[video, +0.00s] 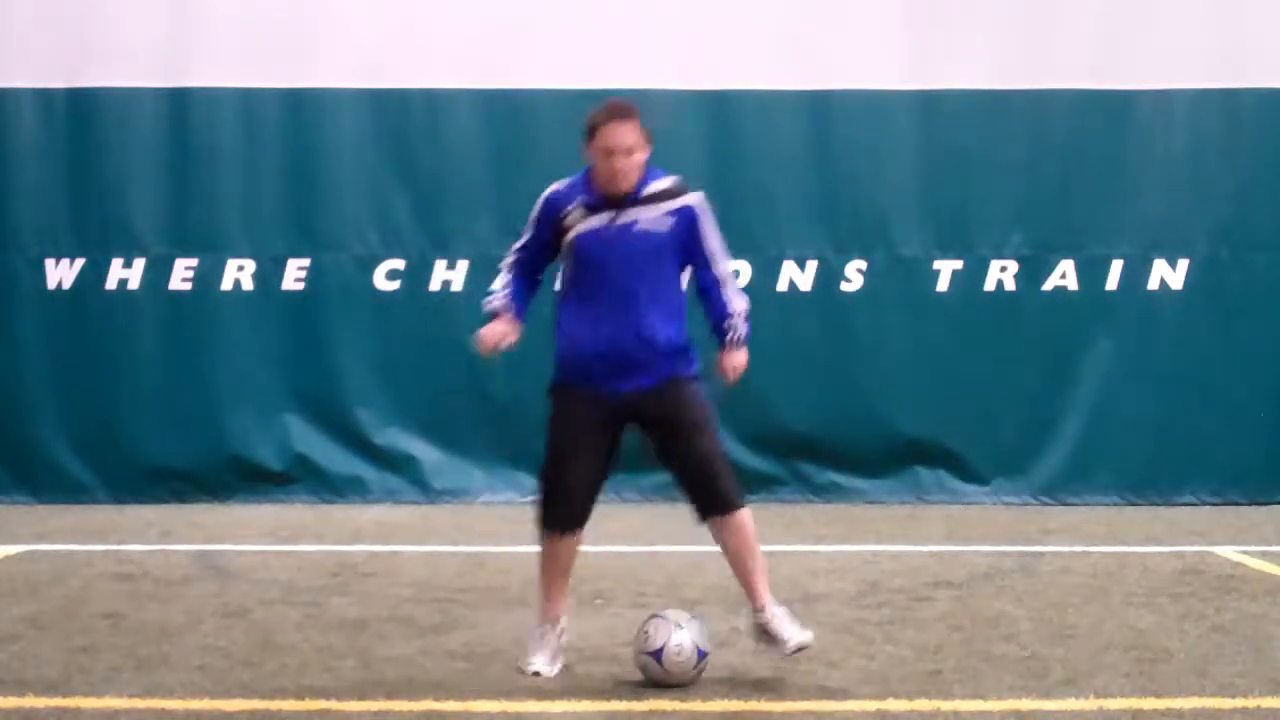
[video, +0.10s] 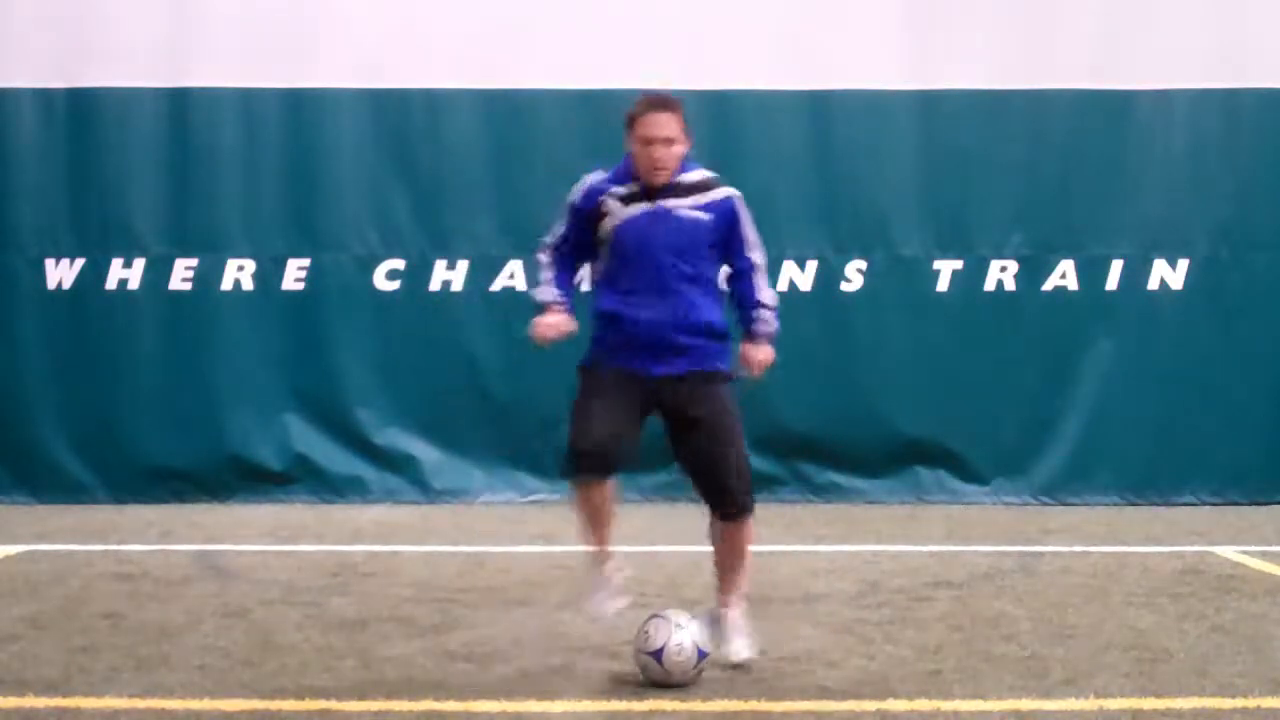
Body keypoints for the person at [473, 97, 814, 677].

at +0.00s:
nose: (620, 163)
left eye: (630, 151)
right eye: (609, 152)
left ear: (648, 150)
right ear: (588, 153)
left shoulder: (680, 202)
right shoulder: (561, 204)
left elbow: (717, 272)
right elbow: (523, 264)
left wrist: (732, 334)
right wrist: (508, 313)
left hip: (665, 377)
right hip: (585, 383)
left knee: (717, 487)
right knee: (562, 507)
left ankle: (767, 611)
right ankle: (550, 628)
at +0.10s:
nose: (660, 153)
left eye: (670, 142)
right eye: (649, 143)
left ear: (686, 144)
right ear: (629, 144)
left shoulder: (717, 196)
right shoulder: (597, 195)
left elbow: (751, 269)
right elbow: (558, 255)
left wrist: (761, 331)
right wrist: (555, 304)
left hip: (696, 365)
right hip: (618, 363)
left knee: (732, 490)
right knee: (590, 456)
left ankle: (731, 610)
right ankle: (604, 567)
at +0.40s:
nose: (776, 178)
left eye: (786, 167)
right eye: (764, 166)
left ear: (798, 167)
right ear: (741, 165)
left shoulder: (814, 214)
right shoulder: (707, 210)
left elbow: (846, 262)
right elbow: (646, 265)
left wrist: (851, 297)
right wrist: (619, 337)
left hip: (761, 369)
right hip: (701, 359)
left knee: (794, 488)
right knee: (769, 452)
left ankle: (710, 577)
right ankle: (757, 582)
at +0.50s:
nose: (811, 205)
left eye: (820, 192)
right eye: (799, 192)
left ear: (832, 190)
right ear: (775, 187)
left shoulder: (836, 229)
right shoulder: (740, 232)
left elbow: (860, 279)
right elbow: (676, 293)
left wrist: (856, 298)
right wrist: (641, 369)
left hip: (782, 391)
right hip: (732, 390)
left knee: (819, 502)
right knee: (806, 507)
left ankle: (697, 545)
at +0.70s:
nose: (834, 239)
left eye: (844, 226)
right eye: (822, 225)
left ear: (854, 223)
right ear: (797, 220)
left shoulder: (854, 267)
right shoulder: (769, 269)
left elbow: (875, 315)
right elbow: (718, 335)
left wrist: (899, 339)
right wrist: (670, 408)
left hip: (811, 426)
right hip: (760, 427)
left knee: (850, 532)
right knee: (856, 524)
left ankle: (721, 558)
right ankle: (833, 651)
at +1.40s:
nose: (612, 186)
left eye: (623, 174)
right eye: (602, 176)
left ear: (645, 175)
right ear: (589, 179)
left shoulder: (680, 224)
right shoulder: (565, 232)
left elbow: (724, 285)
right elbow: (526, 284)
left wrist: (739, 341)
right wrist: (506, 308)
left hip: (666, 380)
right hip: (598, 396)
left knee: (671, 444)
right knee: (587, 524)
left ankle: (707, 568)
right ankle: (602, 631)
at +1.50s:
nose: (582, 187)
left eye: (593, 175)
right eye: (572, 176)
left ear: (616, 173)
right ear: (560, 177)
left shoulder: (654, 219)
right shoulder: (544, 228)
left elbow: (704, 281)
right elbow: (512, 273)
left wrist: (724, 346)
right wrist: (479, 291)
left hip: (646, 369)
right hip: (582, 385)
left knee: (610, 435)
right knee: (573, 518)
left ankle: (670, 556)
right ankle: (602, 624)